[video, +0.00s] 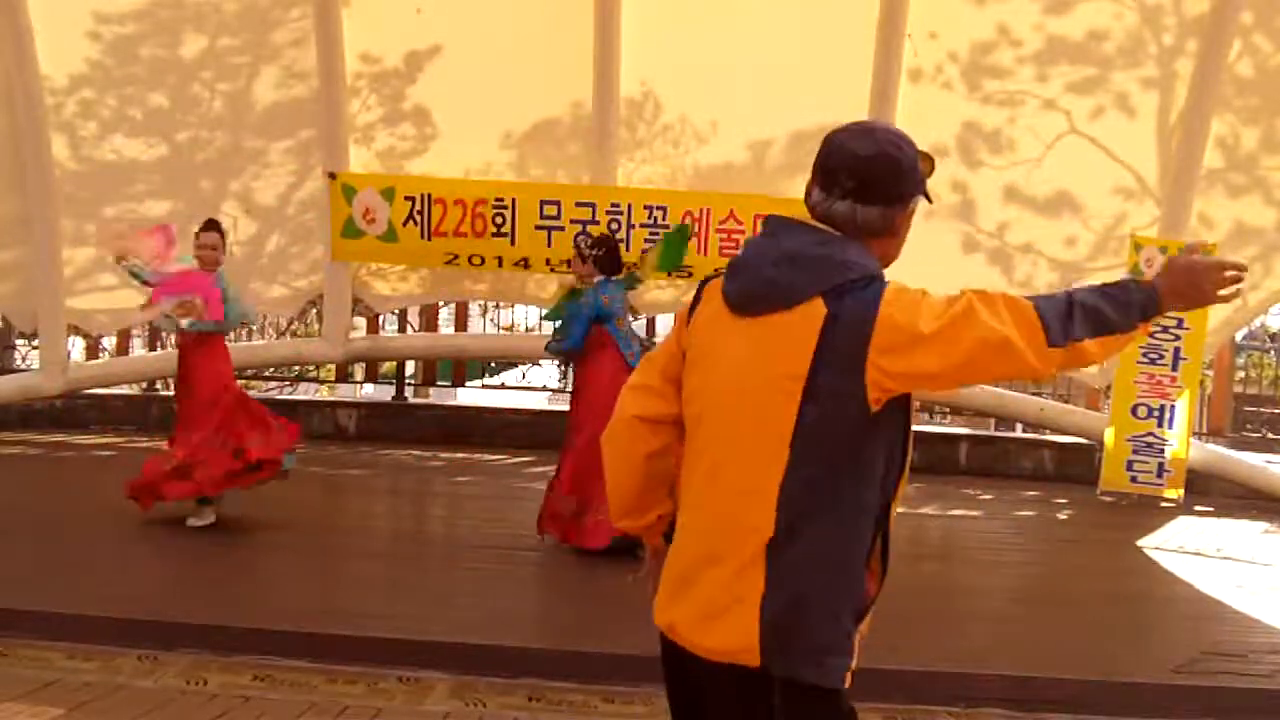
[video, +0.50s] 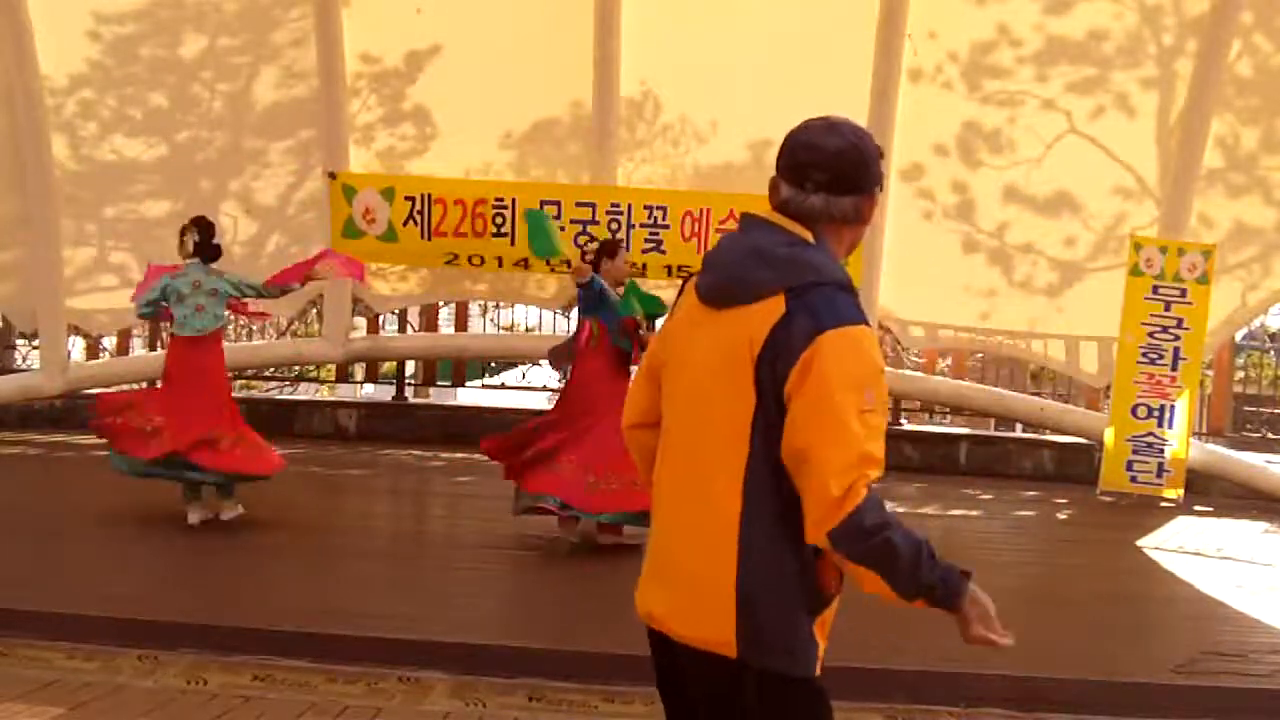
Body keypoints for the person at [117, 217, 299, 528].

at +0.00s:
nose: (207, 253)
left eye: (213, 248)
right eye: (202, 247)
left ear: (223, 253)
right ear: (194, 250)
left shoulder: (222, 285)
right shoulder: (186, 280)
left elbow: (235, 320)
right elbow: (154, 281)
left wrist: (198, 321)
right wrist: (129, 264)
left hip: (213, 356)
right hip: (189, 355)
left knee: (206, 422)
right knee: (193, 422)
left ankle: (207, 502)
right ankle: (201, 496)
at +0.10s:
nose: (228, 255)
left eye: (231, 249)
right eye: (222, 248)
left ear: (233, 250)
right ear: (203, 248)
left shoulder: (234, 285)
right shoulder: (184, 280)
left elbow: (257, 323)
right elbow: (137, 281)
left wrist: (221, 323)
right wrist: (94, 272)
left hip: (214, 364)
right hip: (184, 362)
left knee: (205, 426)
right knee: (173, 425)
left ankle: (204, 502)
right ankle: (170, 498)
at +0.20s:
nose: (232, 255)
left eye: (233, 248)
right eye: (227, 248)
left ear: (218, 247)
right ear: (208, 247)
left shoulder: (229, 282)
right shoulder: (195, 278)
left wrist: (234, 315)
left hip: (205, 359)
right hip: (187, 360)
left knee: (202, 424)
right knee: (183, 425)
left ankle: (192, 499)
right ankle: (168, 503)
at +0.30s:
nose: (229, 249)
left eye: (227, 244)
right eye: (226, 243)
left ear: (202, 244)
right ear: (216, 244)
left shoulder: (212, 274)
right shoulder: (203, 275)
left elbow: (230, 315)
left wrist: (242, 293)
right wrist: (243, 292)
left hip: (197, 360)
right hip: (184, 361)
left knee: (200, 425)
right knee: (184, 427)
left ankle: (189, 499)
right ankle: (167, 504)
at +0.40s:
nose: (215, 248)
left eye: (211, 244)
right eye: (215, 244)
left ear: (188, 248)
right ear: (214, 248)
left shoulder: (176, 282)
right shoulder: (213, 282)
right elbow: (256, 295)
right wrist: (300, 293)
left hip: (175, 360)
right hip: (198, 363)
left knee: (193, 425)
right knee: (203, 427)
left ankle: (191, 495)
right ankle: (184, 494)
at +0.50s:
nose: (181, 243)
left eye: (184, 238)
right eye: (183, 238)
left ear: (190, 243)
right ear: (210, 245)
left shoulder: (172, 280)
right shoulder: (220, 279)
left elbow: (144, 309)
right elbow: (265, 289)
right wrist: (304, 278)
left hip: (181, 357)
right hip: (211, 356)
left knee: (183, 422)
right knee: (217, 421)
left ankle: (193, 502)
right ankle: (227, 499)